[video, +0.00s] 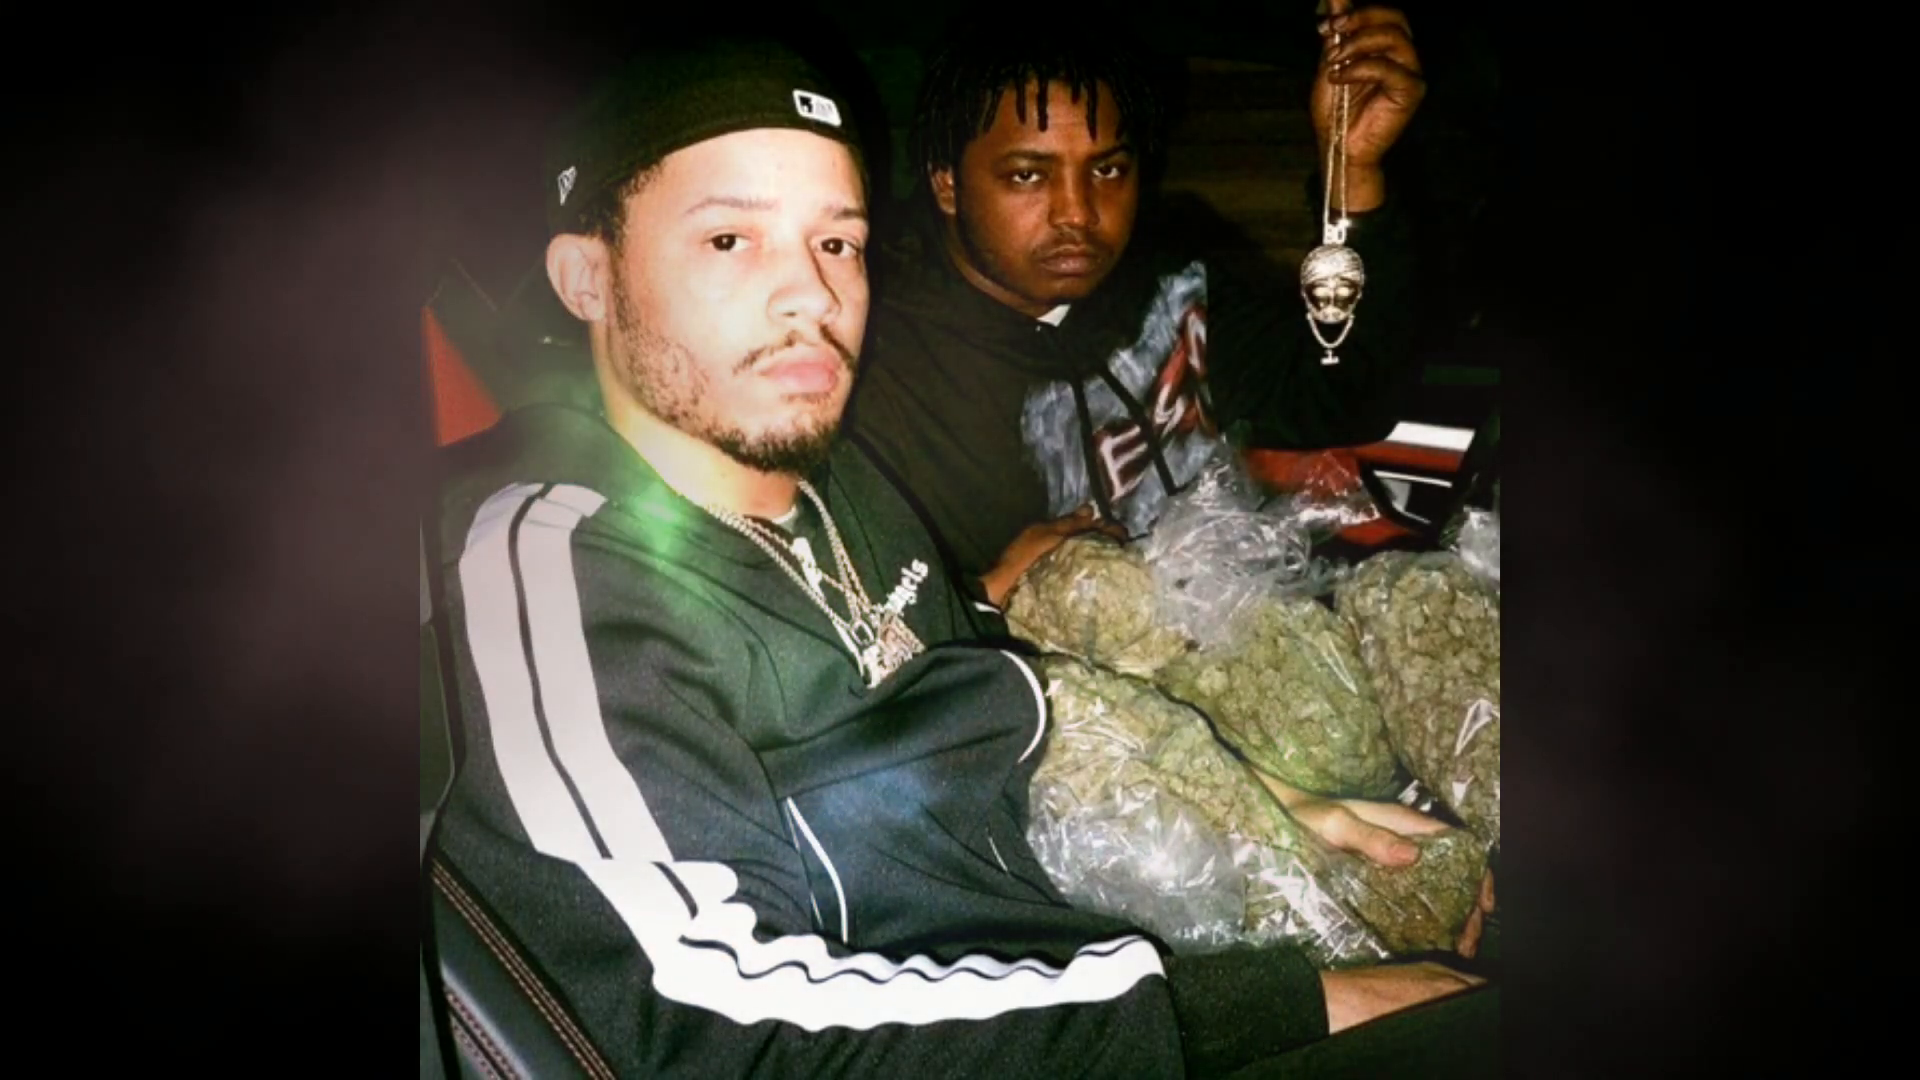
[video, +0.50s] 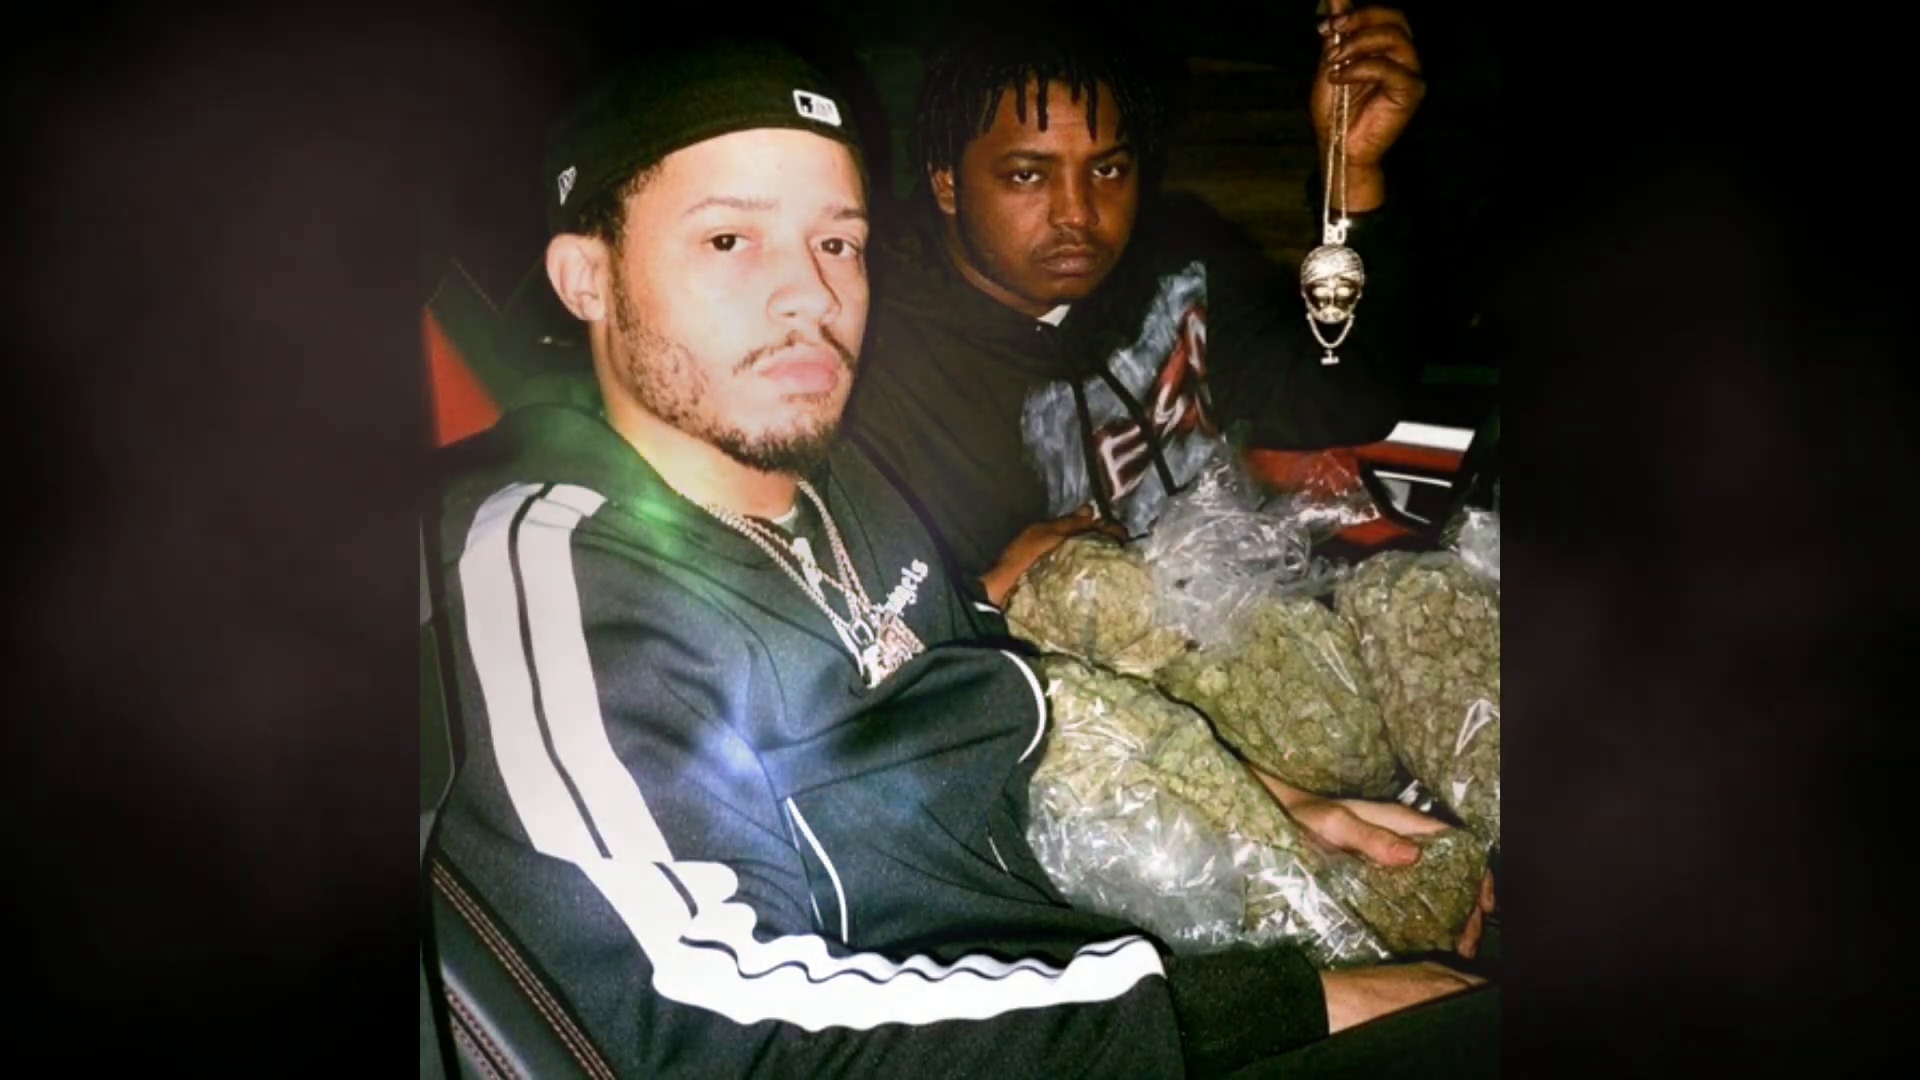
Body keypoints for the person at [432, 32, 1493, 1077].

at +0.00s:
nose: (810, 302)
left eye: (835, 250)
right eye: (729, 244)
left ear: (867, 269)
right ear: (586, 280)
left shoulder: (827, 486)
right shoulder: (536, 553)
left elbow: (1017, 755)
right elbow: (702, 1018)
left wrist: (1275, 827)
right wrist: (1275, 1008)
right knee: (1505, 1011)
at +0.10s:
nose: (811, 303)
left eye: (836, 249)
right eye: (728, 243)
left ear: (868, 268)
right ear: (586, 280)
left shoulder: (827, 484)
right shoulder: (535, 555)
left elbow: (1015, 753)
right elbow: (702, 1018)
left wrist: (1275, 823)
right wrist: (1273, 1010)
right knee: (1501, 1013)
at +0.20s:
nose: (811, 304)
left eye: (836, 249)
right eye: (728, 244)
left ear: (868, 267)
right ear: (586, 279)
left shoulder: (827, 487)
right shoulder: (534, 554)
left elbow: (1011, 748)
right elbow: (706, 1018)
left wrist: (1271, 823)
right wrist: (1276, 1007)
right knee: (1488, 1011)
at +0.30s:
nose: (812, 304)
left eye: (836, 248)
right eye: (729, 244)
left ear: (869, 267)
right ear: (587, 281)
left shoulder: (826, 486)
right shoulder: (534, 551)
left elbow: (1009, 742)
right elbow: (703, 1018)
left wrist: (1269, 821)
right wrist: (1275, 1008)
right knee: (1495, 1010)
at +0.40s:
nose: (812, 304)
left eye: (837, 249)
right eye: (729, 244)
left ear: (869, 267)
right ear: (587, 281)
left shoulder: (827, 486)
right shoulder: (534, 550)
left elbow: (1008, 735)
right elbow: (704, 1017)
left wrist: (1270, 820)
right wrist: (1274, 1008)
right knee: (1485, 1011)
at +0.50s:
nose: (812, 303)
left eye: (837, 249)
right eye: (729, 244)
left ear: (869, 267)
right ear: (587, 281)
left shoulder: (827, 488)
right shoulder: (534, 550)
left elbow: (1006, 736)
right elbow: (703, 1017)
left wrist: (1268, 819)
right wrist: (1275, 1008)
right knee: (1481, 1010)